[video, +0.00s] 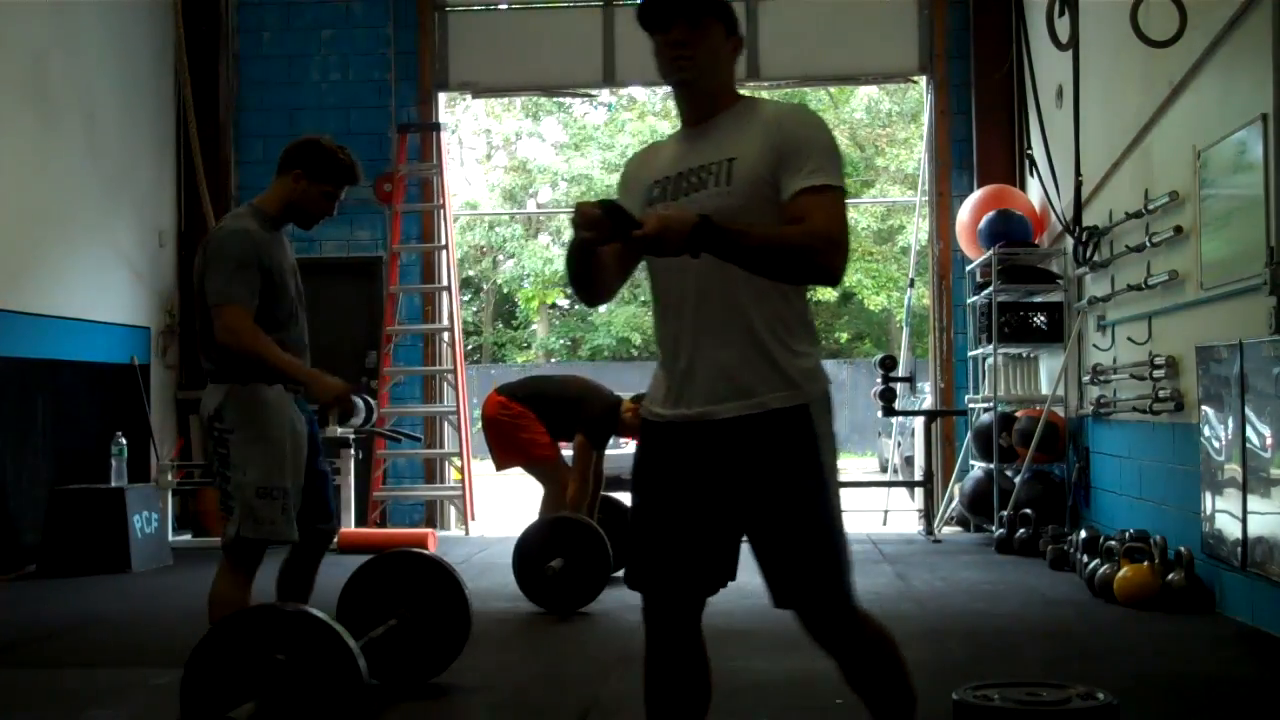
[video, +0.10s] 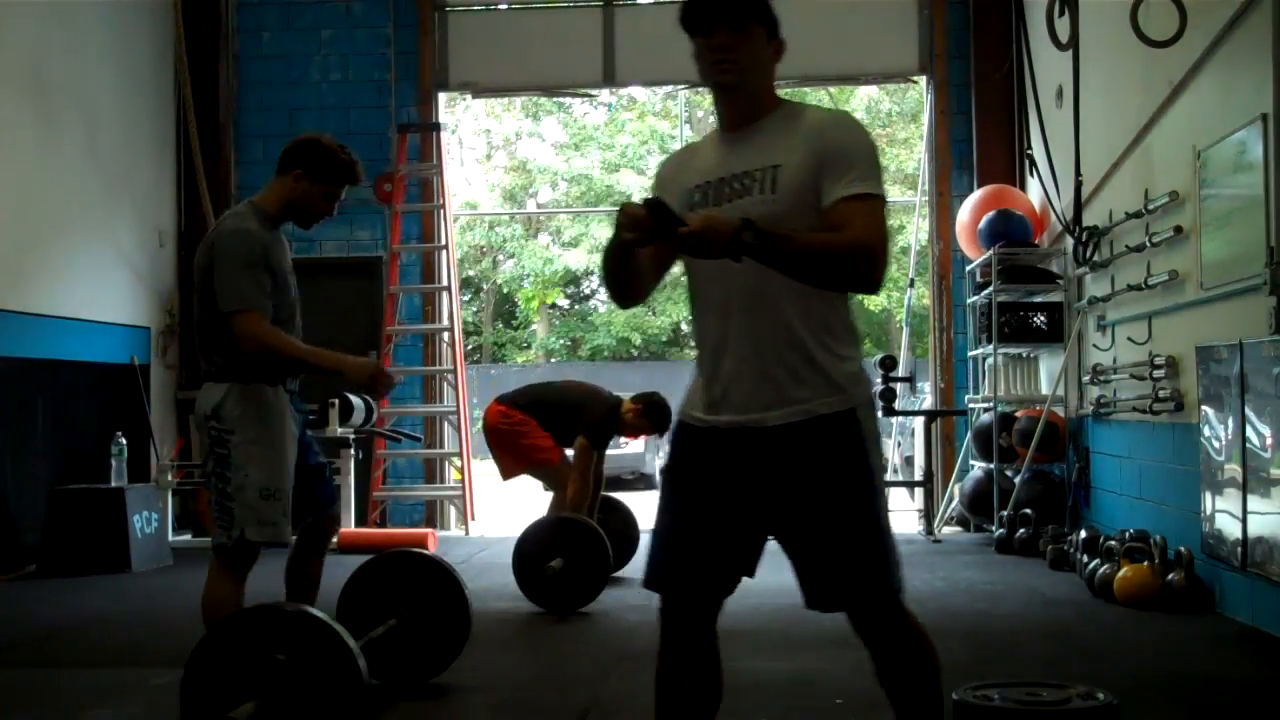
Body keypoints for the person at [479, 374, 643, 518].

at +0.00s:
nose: (631, 436)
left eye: (637, 433)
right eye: (636, 428)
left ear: (633, 409)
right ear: (633, 410)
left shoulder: (607, 414)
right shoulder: (599, 411)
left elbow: (595, 475)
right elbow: (580, 477)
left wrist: (587, 527)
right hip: (507, 408)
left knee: (560, 482)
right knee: (560, 481)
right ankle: (548, 551)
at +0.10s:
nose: (637, 437)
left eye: (643, 435)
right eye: (641, 430)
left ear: (635, 407)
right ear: (635, 409)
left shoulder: (609, 416)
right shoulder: (601, 412)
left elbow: (595, 475)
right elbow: (580, 477)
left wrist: (587, 526)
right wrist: (571, 533)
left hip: (517, 418)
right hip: (508, 417)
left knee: (570, 483)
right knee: (569, 483)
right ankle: (553, 550)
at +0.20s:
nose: (639, 437)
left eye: (645, 434)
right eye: (643, 430)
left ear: (636, 408)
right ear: (637, 410)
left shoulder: (610, 419)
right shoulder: (601, 413)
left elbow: (595, 480)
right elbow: (578, 481)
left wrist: (587, 535)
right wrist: (565, 539)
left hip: (523, 428)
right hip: (509, 426)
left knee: (588, 485)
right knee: (576, 487)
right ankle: (557, 554)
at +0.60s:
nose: (638, 433)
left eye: (644, 430)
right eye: (643, 426)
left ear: (636, 406)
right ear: (637, 407)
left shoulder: (609, 420)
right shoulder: (599, 413)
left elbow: (594, 478)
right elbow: (576, 479)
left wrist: (587, 534)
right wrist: (569, 537)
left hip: (525, 441)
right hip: (510, 438)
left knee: (590, 488)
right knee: (582, 488)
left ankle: (583, 551)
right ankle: (569, 552)